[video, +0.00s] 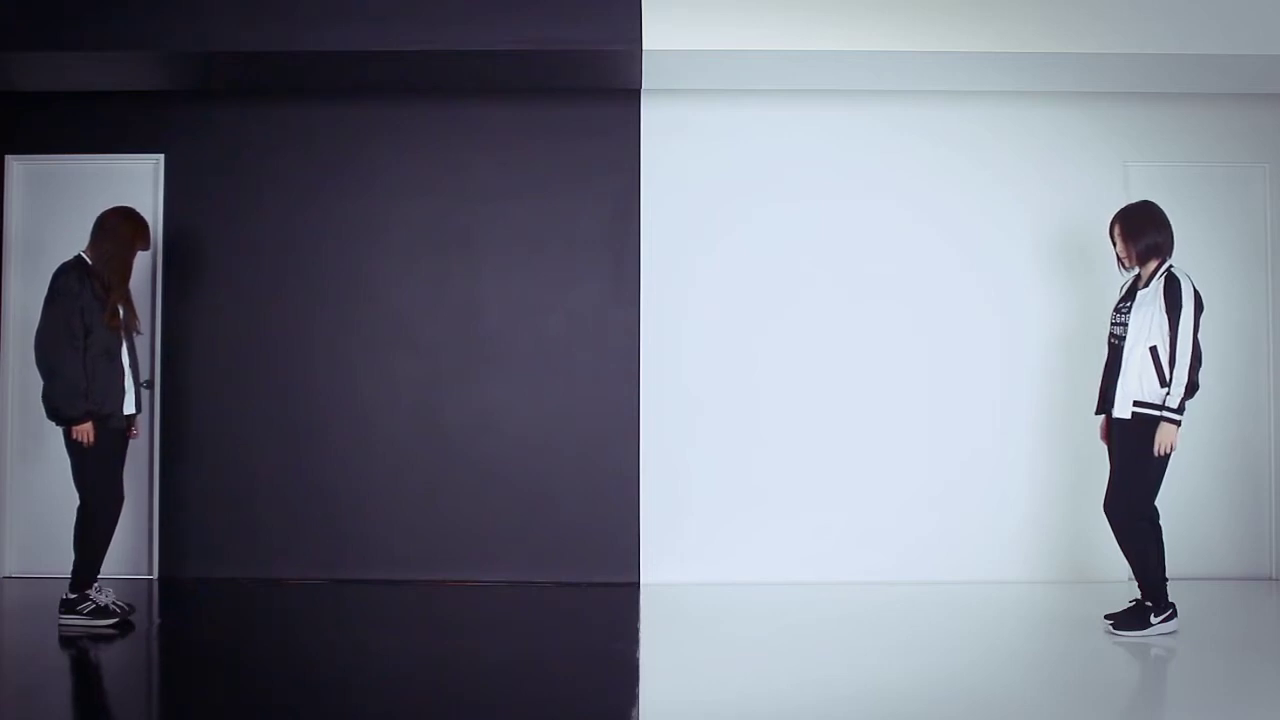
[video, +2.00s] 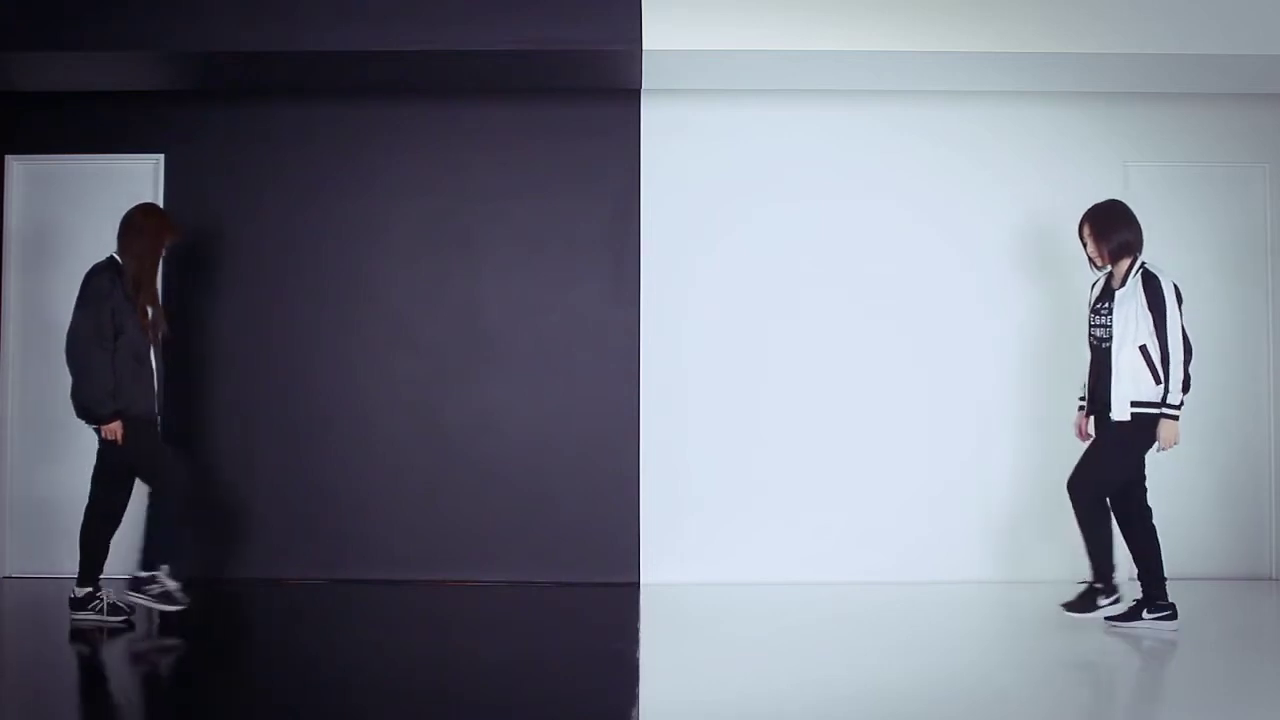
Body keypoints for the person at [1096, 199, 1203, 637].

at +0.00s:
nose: (1117, 249)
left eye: (1121, 240)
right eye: (1114, 242)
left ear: (1145, 236)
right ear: (1126, 241)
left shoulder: (1177, 284)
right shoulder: (1131, 287)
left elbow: (1187, 356)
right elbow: (1117, 355)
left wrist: (1172, 417)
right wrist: (1107, 410)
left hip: (1151, 417)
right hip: (1123, 416)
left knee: (1125, 506)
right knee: (1131, 507)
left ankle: (1157, 604)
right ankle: (1152, 600)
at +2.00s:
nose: (1089, 249)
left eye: (1093, 240)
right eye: (1086, 242)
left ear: (1117, 236)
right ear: (1092, 243)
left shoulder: (1156, 284)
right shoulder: (1100, 288)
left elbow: (1178, 351)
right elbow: (1099, 353)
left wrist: (1171, 414)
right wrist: (1087, 404)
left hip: (1139, 415)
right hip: (1109, 415)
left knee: (1082, 486)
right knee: (1131, 506)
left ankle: (1103, 584)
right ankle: (1156, 601)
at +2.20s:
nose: (1063, 254)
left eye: (1067, 244)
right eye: (1060, 246)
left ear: (1091, 241)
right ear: (1066, 248)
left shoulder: (1131, 288)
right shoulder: (1077, 293)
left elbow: (1158, 350)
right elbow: (1075, 357)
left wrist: (1158, 414)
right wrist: (1059, 404)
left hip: (1120, 418)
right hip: (1091, 418)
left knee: (1074, 500)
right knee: (1123, 510)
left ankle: (1036, 596)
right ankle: (1156, 601)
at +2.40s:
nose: (1030, 255)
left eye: (1035, 246)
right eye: (1028, 247)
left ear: (1057, 243)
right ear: (1042, 246)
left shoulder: (1090, 291)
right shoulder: (1043, 296)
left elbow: (1113, 358)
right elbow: (1035, 362)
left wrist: (1118, 426)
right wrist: (1028, 418)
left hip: (1082, 422)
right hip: (1055, 422)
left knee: (1040, 506)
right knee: (1099, 510)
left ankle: (1014, 607)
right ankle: (1150, 595)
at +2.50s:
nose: (1011, 249)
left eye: (1017, 240)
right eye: (1009, 241)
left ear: (1040, 239)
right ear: (1018, 244)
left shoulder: (1070, 288)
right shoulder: (1023, 288)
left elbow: (1086, 356)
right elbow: (1015, 355)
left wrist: (1081, 424)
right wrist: (1010, 412)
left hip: (1056, 421)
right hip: (1031, 420)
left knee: (1024, 510)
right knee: (1070, 507)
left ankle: (1011, 608)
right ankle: (1136, 583)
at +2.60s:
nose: (993, 246)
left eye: (998, 236)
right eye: (991, 238)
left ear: (1022, 234)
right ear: (1002, 240)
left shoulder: (1054, 286)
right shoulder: (1005, 286)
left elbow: (1058, 357)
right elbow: (1000, 353)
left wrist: (1044, 419)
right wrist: (993, 412)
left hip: (1036, 417)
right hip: (1008, 415)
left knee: (1014, 509)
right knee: (1027, 509)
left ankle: (1009, 608)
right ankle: (1104, 571)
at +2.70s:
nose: (976, 243)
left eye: (981, 235)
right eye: (974, 235)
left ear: (1004, 232)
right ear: (993, 234)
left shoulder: (1036, 283)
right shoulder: (992, 282)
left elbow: (1033, 357)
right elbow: (987, 348)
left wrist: (1005, 413)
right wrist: (975, 403)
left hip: (1020, 415)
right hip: (986, 412)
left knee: (1006, 514)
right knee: (984, 513)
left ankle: (1008, 609)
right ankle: (1065, 556)